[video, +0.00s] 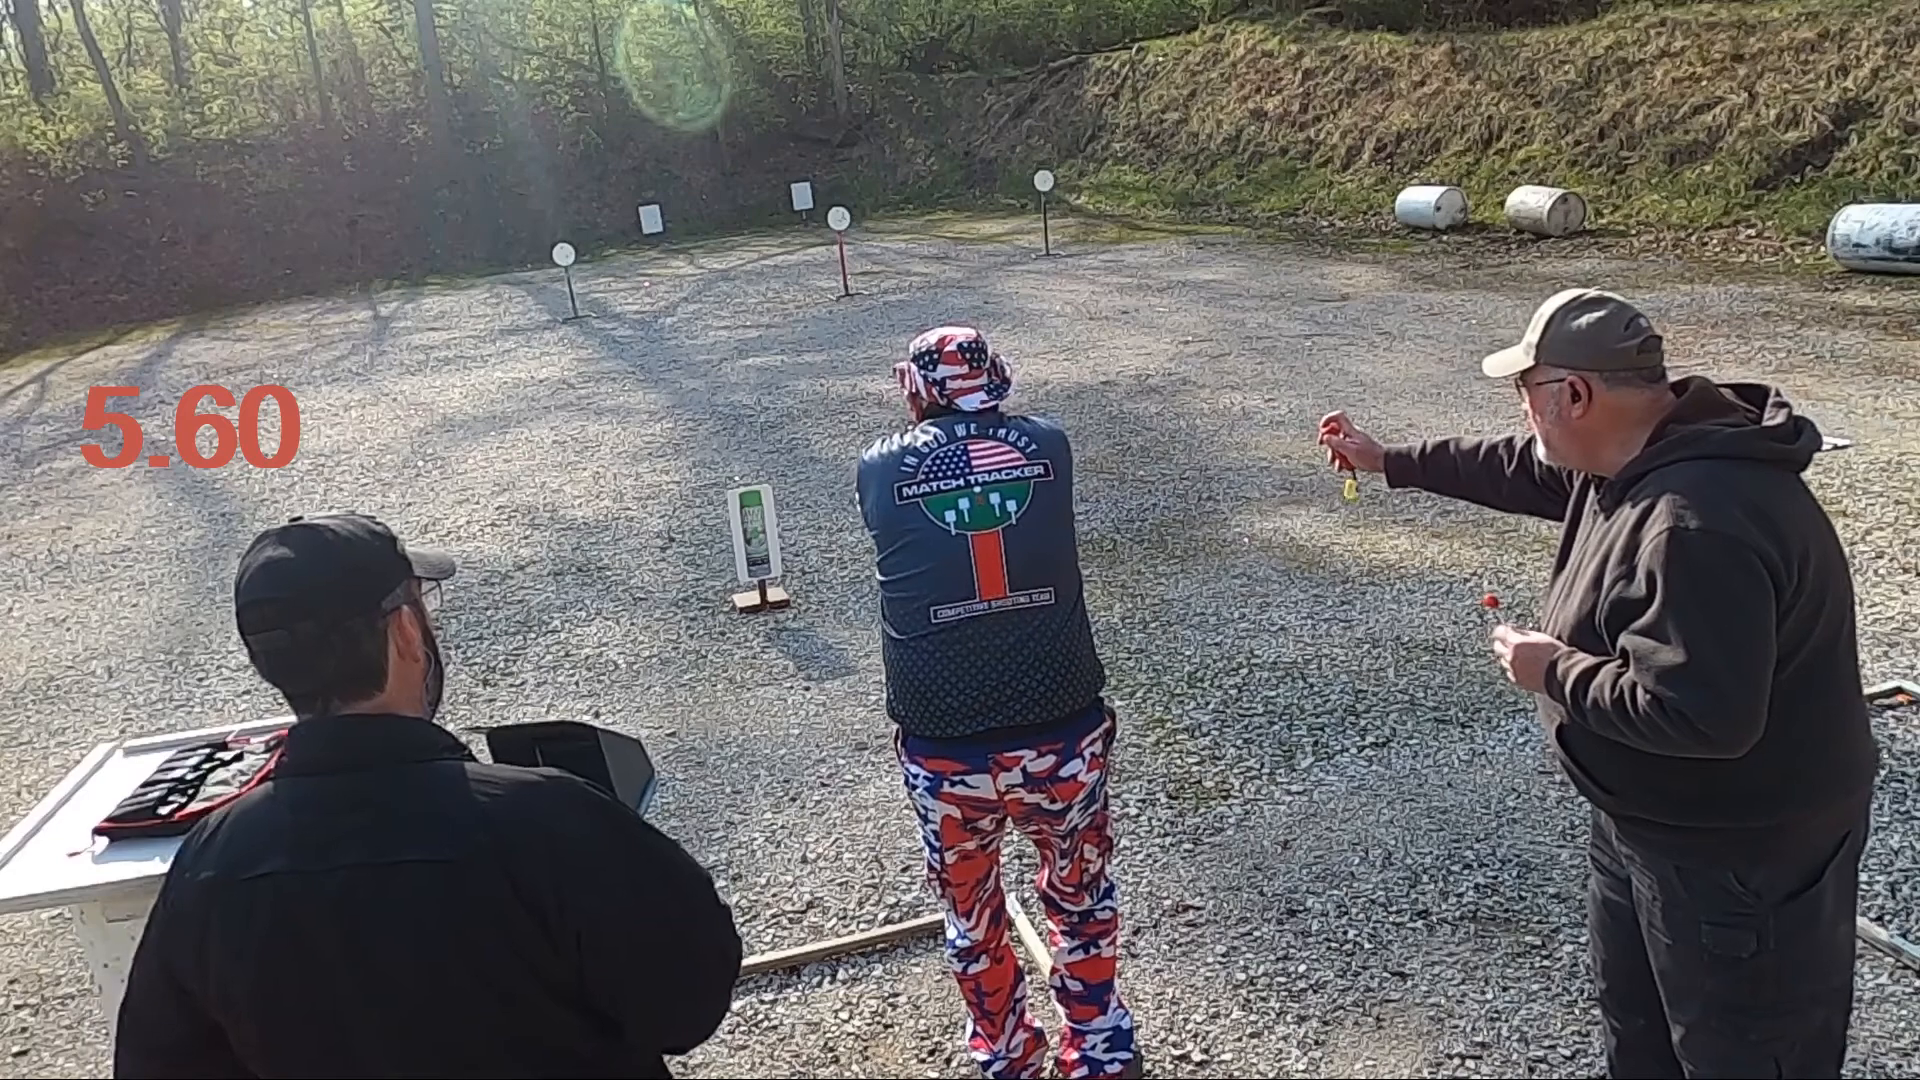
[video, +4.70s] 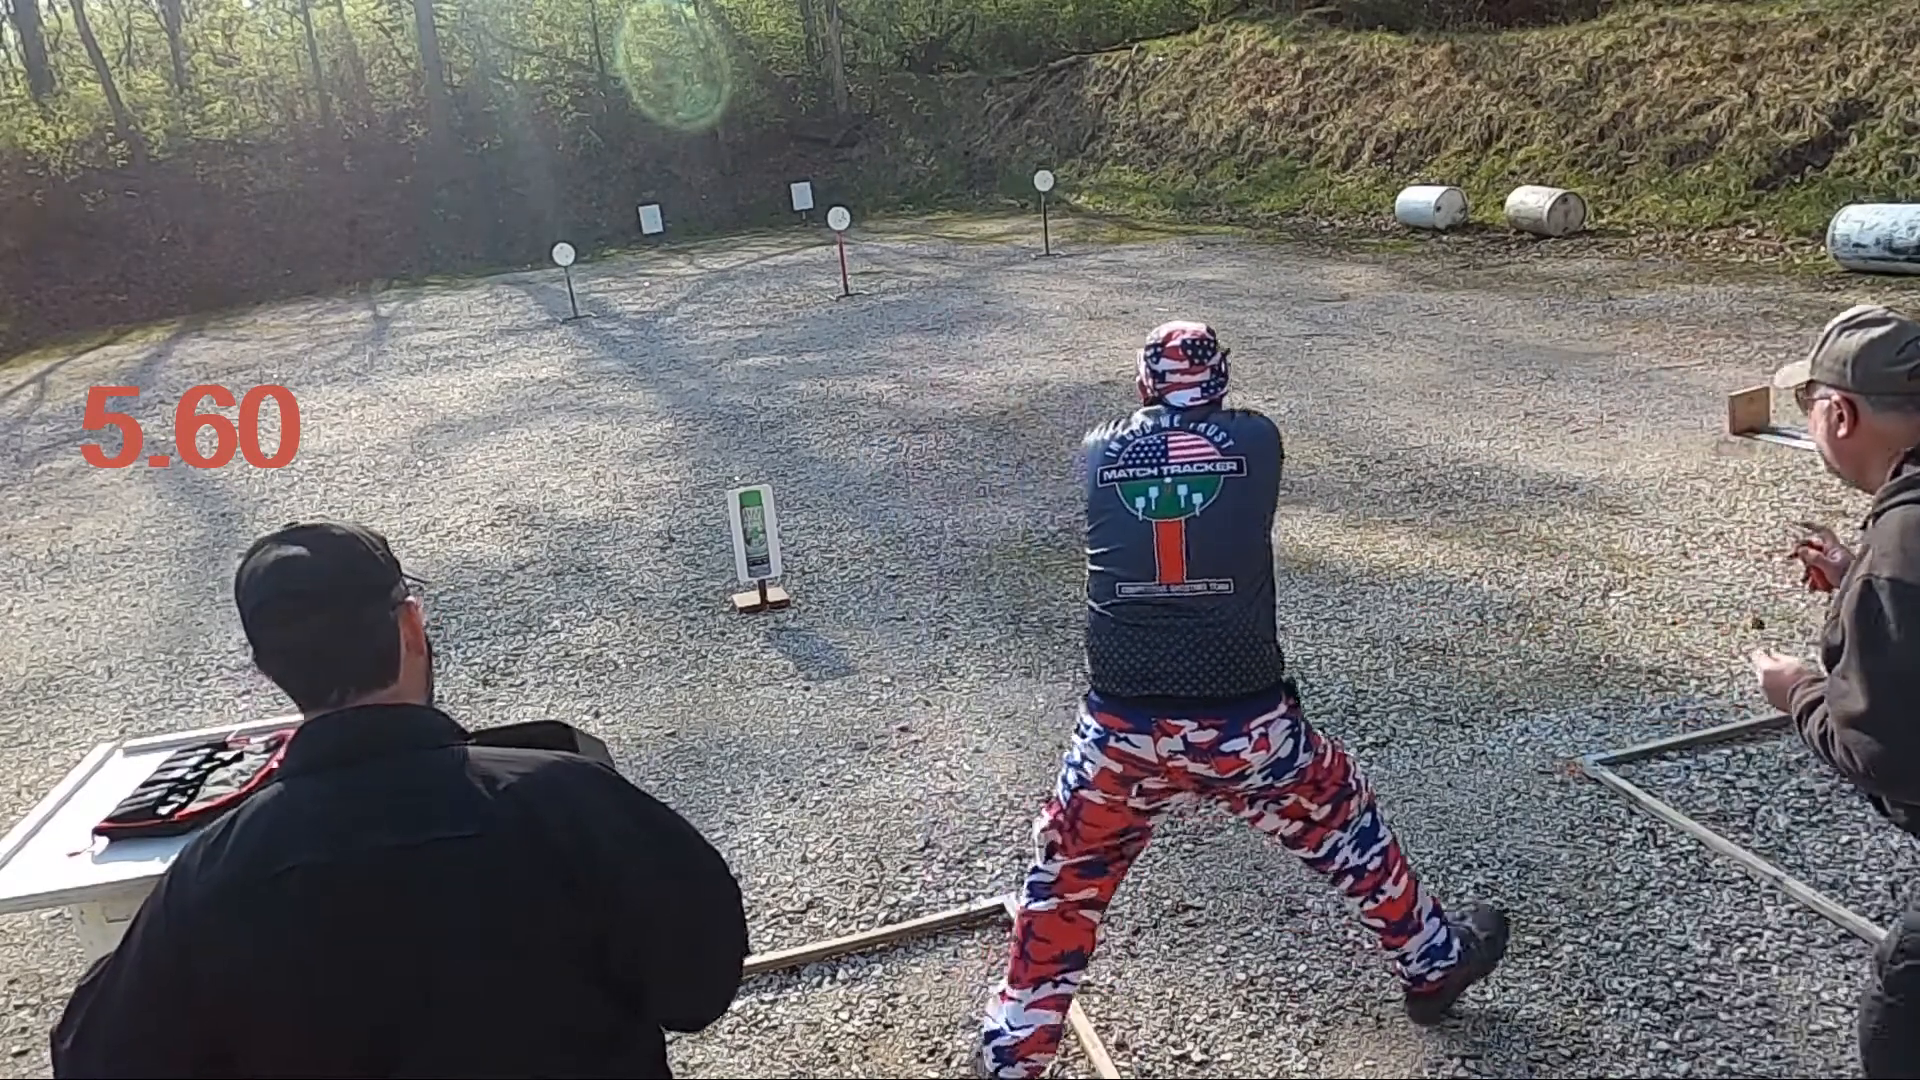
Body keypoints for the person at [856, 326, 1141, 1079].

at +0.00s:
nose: (903, 397)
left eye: (907, 388)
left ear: (916, 397)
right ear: (997, 388)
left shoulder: (878, 470)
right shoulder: (1048, 444)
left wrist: (938, 422)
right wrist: (948, 416)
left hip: (944, 750)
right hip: (1064, 736)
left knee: (972, 907)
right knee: (1081, 896)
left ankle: (1005, 1057)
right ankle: (1102, 1056)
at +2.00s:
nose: (905, 398)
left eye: (907, 389)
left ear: (916, 397)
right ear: (996, 389)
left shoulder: (878, 470)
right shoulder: (1046, 442)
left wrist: (929, 419)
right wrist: (945, 414)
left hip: (944, 748)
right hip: (1062, 734)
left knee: (972, 907)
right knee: (1080, 896)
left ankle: (1006, 1058)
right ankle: (1102, 1056)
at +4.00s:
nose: (920, 388)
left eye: (921, 379)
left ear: (927, 388)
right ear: (1004, 379)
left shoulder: (888, 458)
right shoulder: (1054, 430)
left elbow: (907, 437)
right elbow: (993, 424)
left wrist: (931, 399)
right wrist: (952, 395)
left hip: (955, 740)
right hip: (1071, 727)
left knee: (975, 901)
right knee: (1082, 891)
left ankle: (1003, 1055)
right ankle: (1099, 1052)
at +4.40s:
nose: (981, 380)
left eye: (979, 369)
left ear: (978, 378)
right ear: (1056, 368)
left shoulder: (939, 446)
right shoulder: (1101, 419)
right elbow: (1053, 419)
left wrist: (993, 396)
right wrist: (1012, 391)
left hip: (1005, 725)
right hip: (1126, 711)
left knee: (995, 892)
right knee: (1172, 847)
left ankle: (1001, 1055)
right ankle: (1176, 1025)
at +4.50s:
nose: (1077, 392)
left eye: (1015, 379)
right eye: (1081, 379)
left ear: (1010, 389)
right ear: (1088, 383)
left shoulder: (970, 460)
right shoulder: (1131, 433)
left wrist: (1032, 410)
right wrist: (1051, 406)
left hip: (1032, 736)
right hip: (1155, 721)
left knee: (1008, 887)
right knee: (1236, 844)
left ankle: (1002, 1052)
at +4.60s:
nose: (1131, 402)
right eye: (1133, 390)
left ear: (1063, 400)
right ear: (1139, 395)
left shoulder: (1019, 469)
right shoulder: (1180, 447)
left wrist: (1084, 416)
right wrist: (1095, 418)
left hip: (1063, 743)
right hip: (1190, 733)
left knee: (1028, 888)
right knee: (1293, 838)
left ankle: (1004, 1051)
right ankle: (1394, 966)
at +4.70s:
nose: (1210, 392)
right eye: (1213, 380)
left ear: (1143, 387)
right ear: (1220, 387)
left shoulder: (1097, 453)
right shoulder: (1257, 441)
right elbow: (1202, 443)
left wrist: (1161, 403)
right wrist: (1170, 404)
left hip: (1119, 733)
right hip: (1245, 731)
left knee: (1065, 880)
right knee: (1344, 826)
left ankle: (1013, 1052)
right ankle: (1434, 957)